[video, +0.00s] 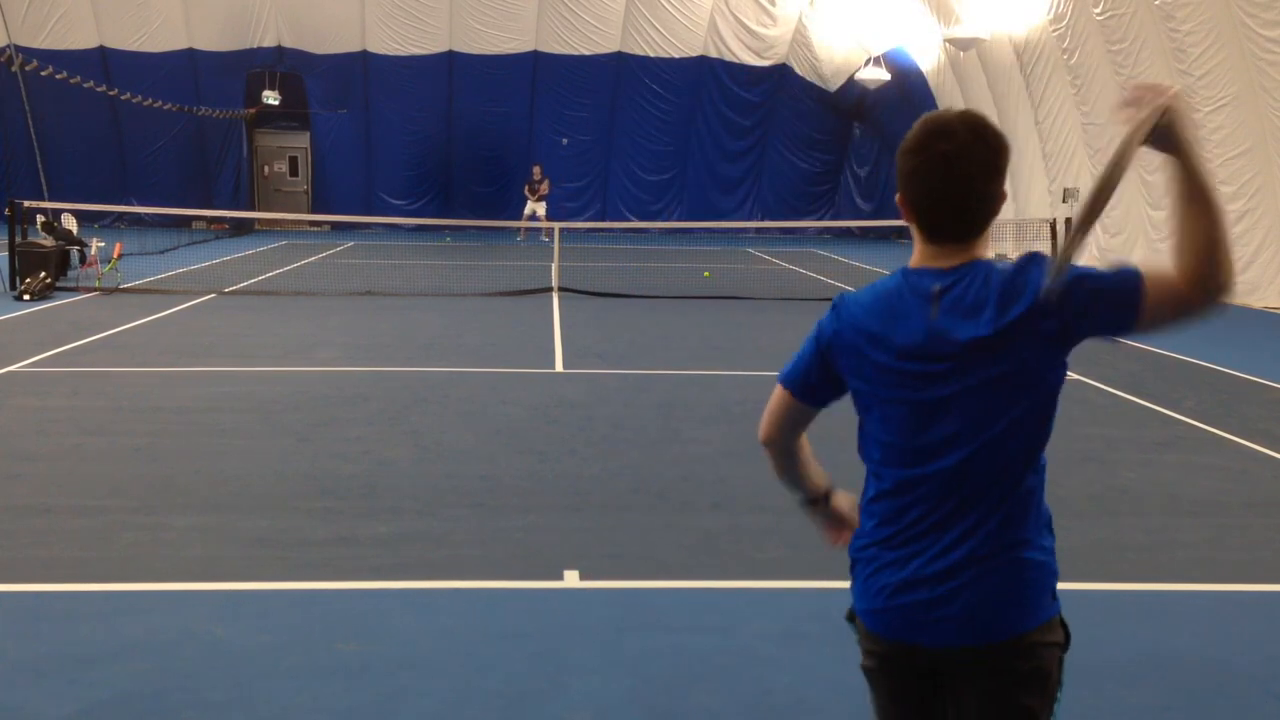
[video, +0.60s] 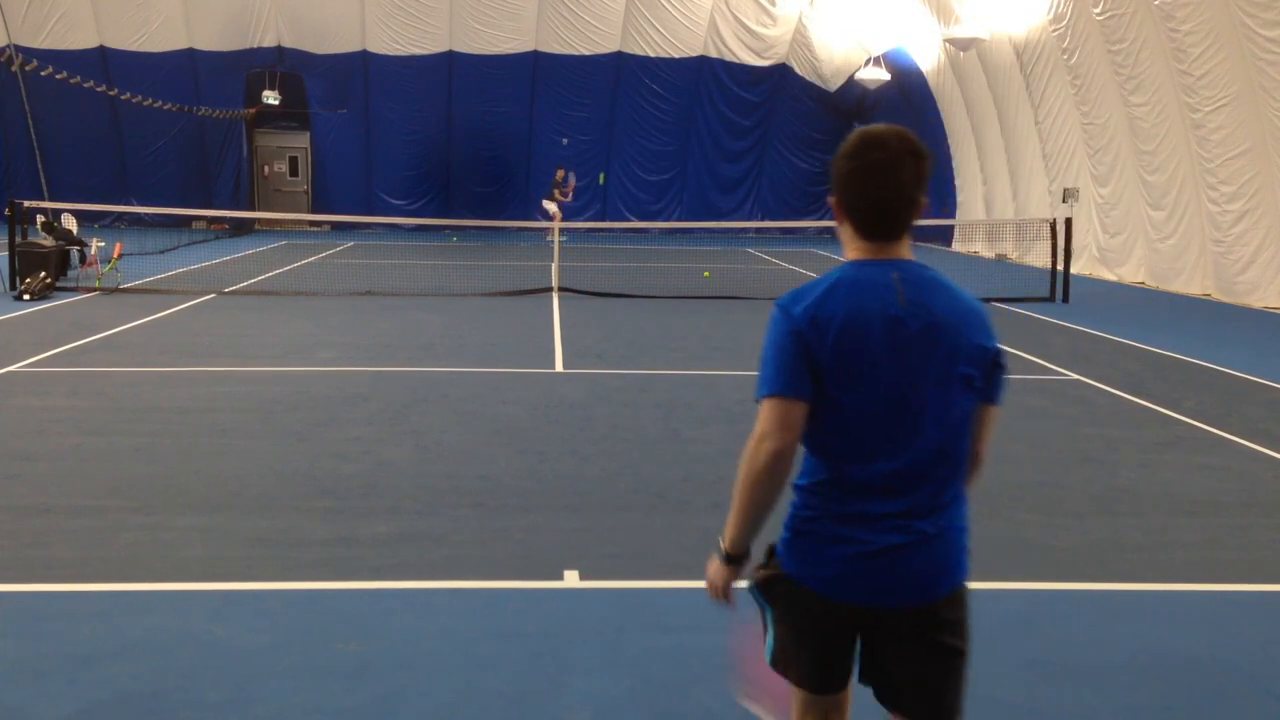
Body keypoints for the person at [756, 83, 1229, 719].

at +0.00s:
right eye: (998, 186)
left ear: (901, 205)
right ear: (998, 202)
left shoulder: (858, 316)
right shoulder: (1039, 295)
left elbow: (777, 432)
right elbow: (1202, 282)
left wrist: (823, 503)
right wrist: (1183, 152)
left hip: (893, 606)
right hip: (1010, 609)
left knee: (908, 709)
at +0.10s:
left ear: (911, 204)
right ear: (1008, 201)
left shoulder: (861, 315)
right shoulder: (1051, 303)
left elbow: (790, 451)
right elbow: (1205, 362)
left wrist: (785, 539)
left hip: (886, 611)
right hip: (1006, 617)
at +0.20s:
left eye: (909, 191)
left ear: (911, 206)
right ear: (1003, 206)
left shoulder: (864, 315)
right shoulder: (1051, 314)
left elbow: (816, 457)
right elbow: (1163, 427)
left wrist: (773, 583)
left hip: (879, 606)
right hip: (1001, 613)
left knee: (877, 706)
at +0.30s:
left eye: (903, 190)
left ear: (901, 203)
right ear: (992, 203)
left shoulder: (859, 312)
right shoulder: (1045, 314)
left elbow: (821, 448)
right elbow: (1102, 451)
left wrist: (775, 581)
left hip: (871, 595)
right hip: (992, 603)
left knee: (853, 705)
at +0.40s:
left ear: (883, 209)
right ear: (974, 208)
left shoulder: (845, 316)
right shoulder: (1032, 325)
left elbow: (812, 447)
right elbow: (1058, 467)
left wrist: (767, 582)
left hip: (859, 591)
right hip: (979, 600)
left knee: (836, 707)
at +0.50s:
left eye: (856, 196)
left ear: (862, 209)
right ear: (950, 208)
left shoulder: (829, 316)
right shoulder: (1003, 327)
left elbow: (798, 448)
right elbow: (1010, 482)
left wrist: (748, 578)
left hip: (844, 586)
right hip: (956, 593)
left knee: (831, 704)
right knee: (949, 710)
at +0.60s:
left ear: (835, 206)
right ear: (921, 206)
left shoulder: (804, 311)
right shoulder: (968, 318)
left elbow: (776, 444)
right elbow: (971, 456)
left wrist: (732, 550)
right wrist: (917, 510)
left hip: (821, 564)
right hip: (927, 569)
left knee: (819, 704)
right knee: (927, 709)